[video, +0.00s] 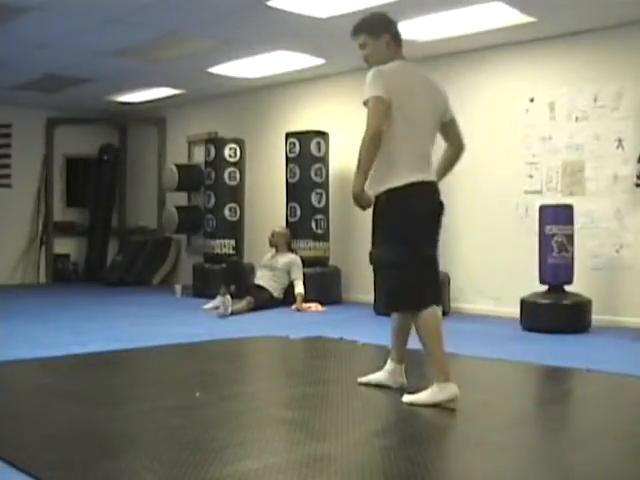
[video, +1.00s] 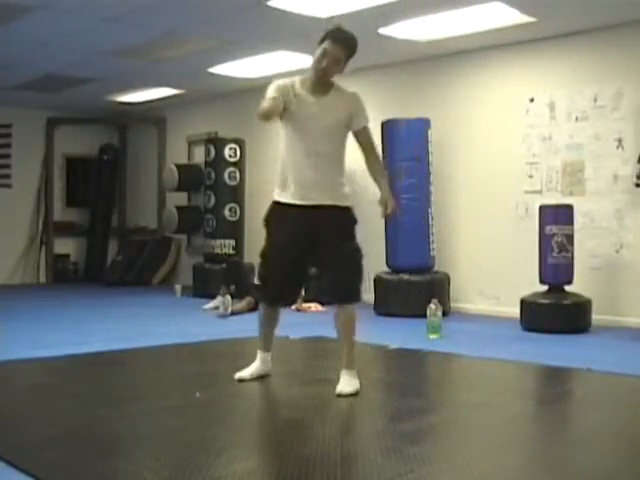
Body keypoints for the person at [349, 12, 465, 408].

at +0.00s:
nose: (362, 55)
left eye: (365, 47)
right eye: (360, 48)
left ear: (389, 41)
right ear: (394, 46)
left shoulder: (381, 76)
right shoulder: (429, 83)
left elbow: (375, 129)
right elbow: (456, 145)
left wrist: (358, 183)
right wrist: (431, 180)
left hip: (397, 197)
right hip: (425, 196)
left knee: (419, 291)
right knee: (402, 288)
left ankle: (443, 382)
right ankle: (395, 368)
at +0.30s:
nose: (339, 58)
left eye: (342, 48)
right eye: (334, 52)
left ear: (362, 41)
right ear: (339, 53)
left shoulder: (380, 75)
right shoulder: (370, 85)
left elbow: (413, 119)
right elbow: (417, 122)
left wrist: (405, 175)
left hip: (391, 199)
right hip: (378, 199)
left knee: (374, 285)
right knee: (376, 285)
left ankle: (408, 360)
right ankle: (395, 360)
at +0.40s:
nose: (334, 57)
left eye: (339, 48)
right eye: (328, 52)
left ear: (357, 44)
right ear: (326, 55)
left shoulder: (380, 78)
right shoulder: (356, 92)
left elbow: (415, 122)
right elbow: (374, 143)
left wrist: (409, 177)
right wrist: (359, 186)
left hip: (384, 197)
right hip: (368, 198)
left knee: (363, 285)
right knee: (382, 286)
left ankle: (372, 367)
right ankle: (394, 364)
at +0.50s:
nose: (330, 56)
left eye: (336, 48)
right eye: (325, 50)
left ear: (355, 46)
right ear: (322, 54)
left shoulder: (380, 83)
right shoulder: (338, 100)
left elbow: (412, 132)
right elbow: (333, 153)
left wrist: (407, 185)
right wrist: (318, 187)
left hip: (376, 198)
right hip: (348, 200)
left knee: (360, 287)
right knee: (369, 287)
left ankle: (350, 371)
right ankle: (393, 364)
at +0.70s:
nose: (333, 52)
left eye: (342, 46)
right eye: (330, 44)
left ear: (357, 51)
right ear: (323, 47)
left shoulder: (374, 88)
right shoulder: (313, 92)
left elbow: (397, 143)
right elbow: (294, 141)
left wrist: (393, 196)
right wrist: (273, 187)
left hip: (364, 203)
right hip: (325, 202)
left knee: (357, 292)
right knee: (316, 287)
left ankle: (350, 370)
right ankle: (358, 335)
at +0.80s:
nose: (336, 53)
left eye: (346, 49)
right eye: (334, 44)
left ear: (358, 54)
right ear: (326, 43)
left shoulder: (369, 90)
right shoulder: (304, 87)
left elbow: (389, 142)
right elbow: (281, 128)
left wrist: (391, 190)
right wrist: (264, 163)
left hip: (356, 205)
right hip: (314, 201)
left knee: (354, 292)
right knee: (299, 282)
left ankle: (350, 369)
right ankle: (319, 348)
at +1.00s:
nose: (329, 65)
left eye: (338, 62)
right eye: (326, 56)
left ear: (345, 66)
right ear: (315, 51)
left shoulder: (349, 101)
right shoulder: (284, 87)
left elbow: (370, 151)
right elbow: (263, 113)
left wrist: (386, 193)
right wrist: (275, 106)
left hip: (333, 209)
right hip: (288, 207)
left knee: (345, 292)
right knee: (271, 288)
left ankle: (348, 371)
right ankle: (263, 358)